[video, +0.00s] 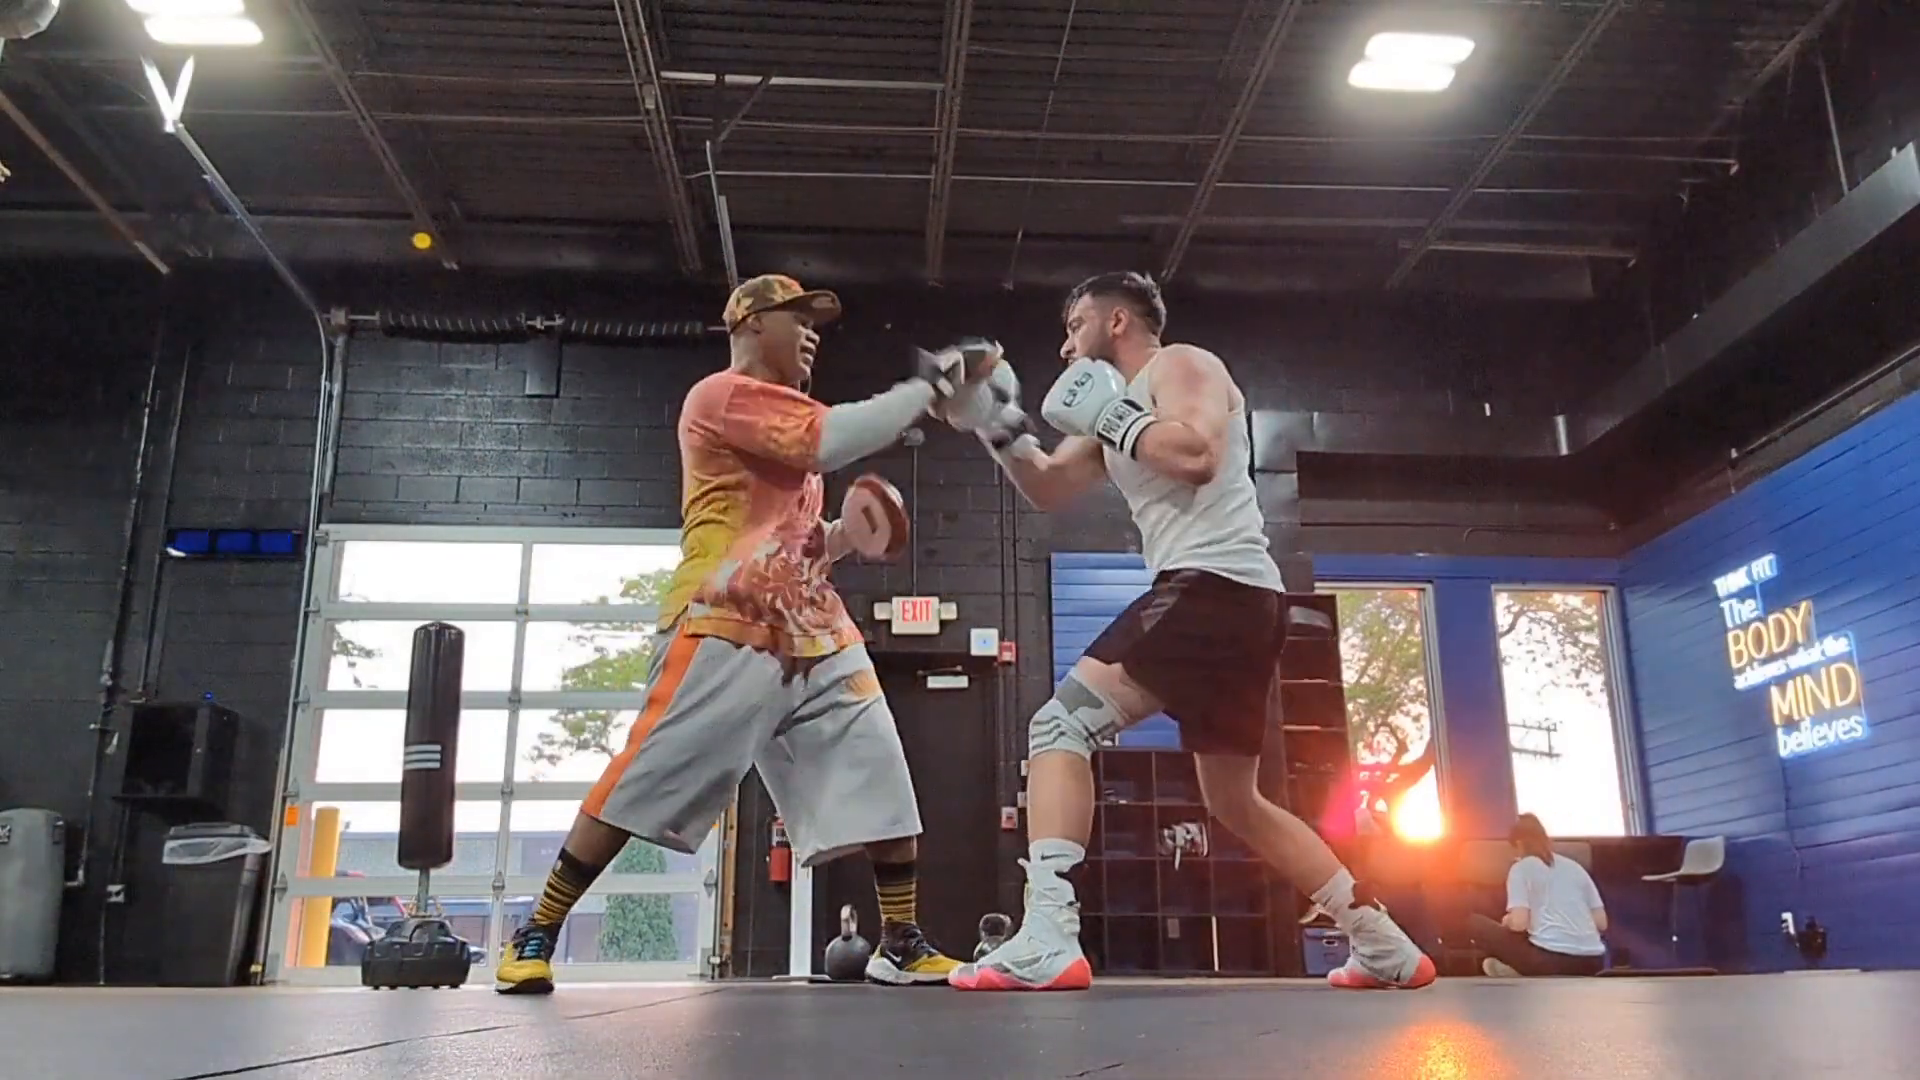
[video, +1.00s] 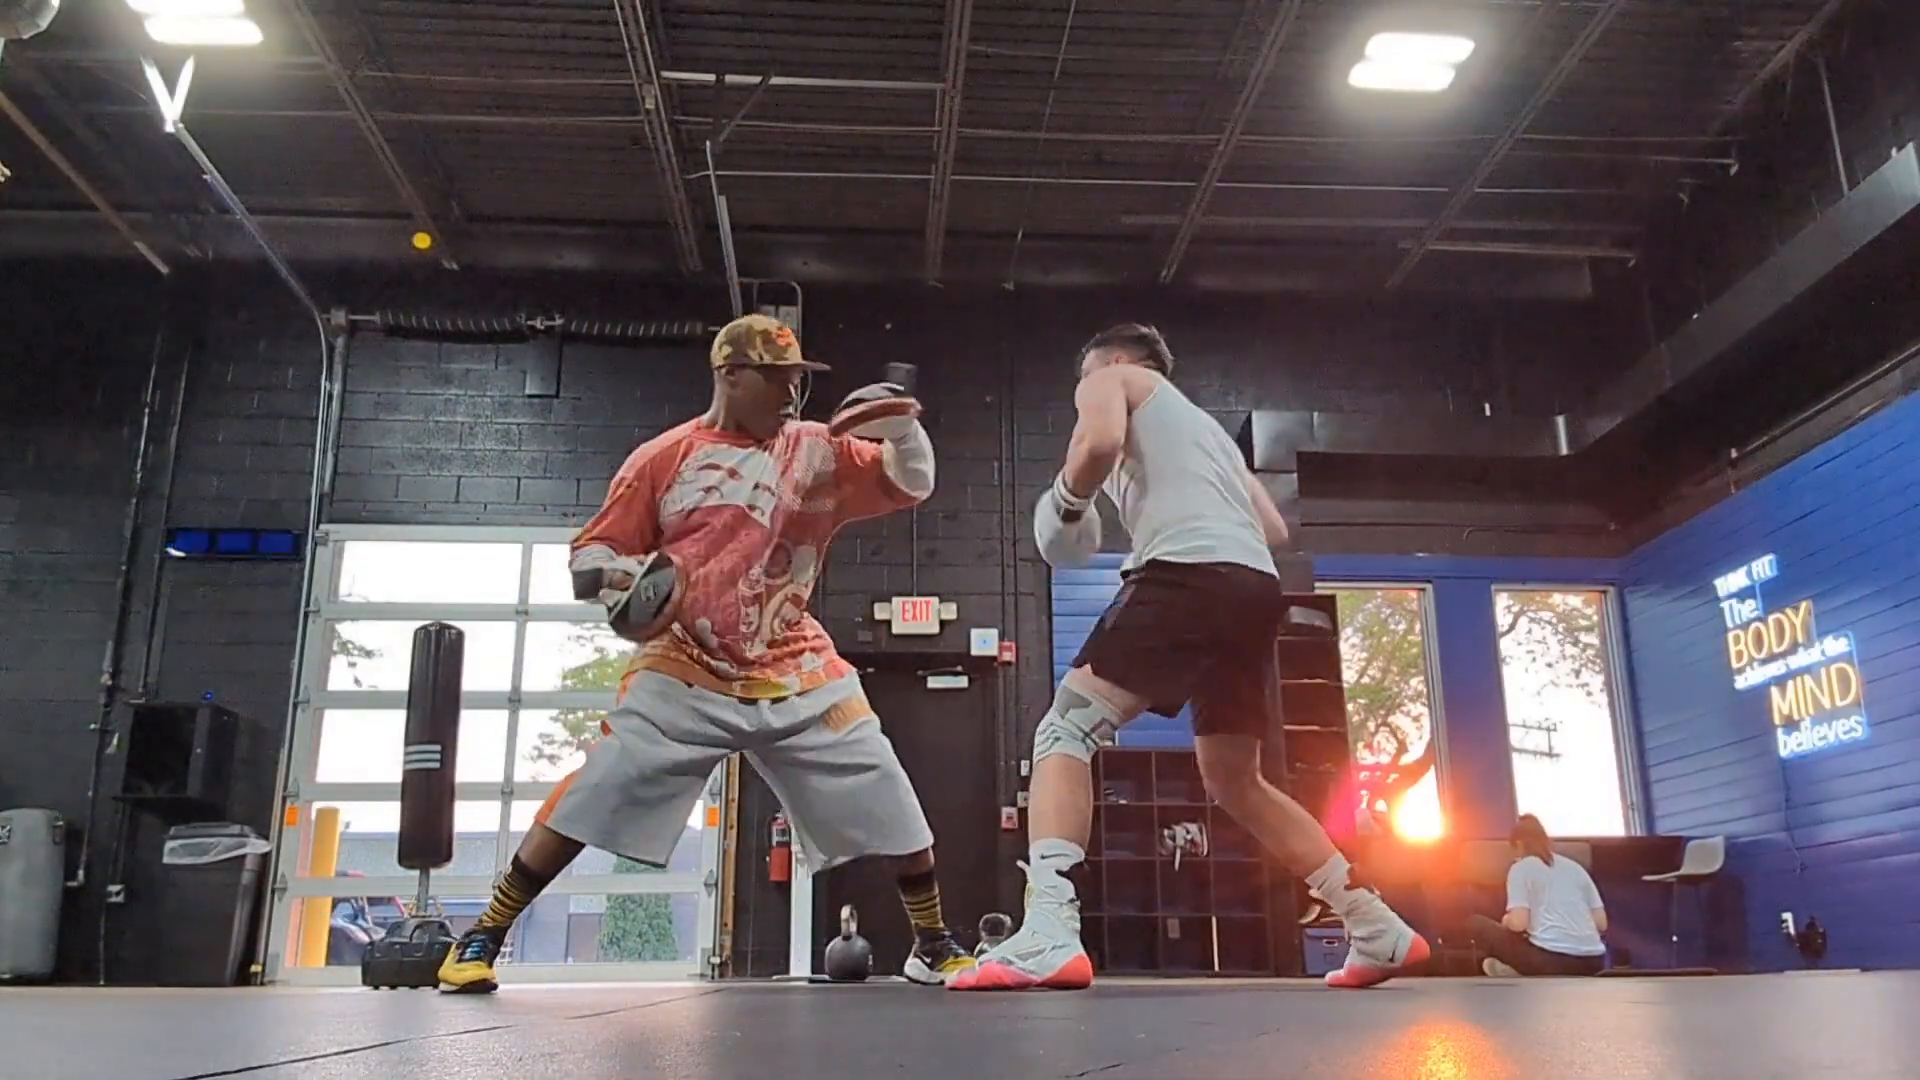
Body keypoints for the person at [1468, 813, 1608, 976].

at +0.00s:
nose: (1514, 853)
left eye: (1514, 848)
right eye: (1513, 848)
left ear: (1519, 844)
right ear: (1544, 840)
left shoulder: (1521, 869)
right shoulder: (1575, 867)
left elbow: (1519, 924)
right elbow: (1601, 923)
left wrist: (1507, 920)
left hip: (1550, 961)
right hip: (1592, 962)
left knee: (1474, 923)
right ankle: (1513, 966)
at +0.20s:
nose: (1515, 854)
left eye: (1514, 849)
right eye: (1513, 849)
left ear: (1520, 844)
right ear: (1544, 841)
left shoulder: (1521, 869)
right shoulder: (1575, 867)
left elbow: (1519, 924)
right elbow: (1601, 922)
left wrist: (1507, 920)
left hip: (1549, 961)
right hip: (1592, 962)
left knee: (1474, 923)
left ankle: (1511, 964)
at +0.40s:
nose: (1515, 854)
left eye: (1514, 849)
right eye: (1513, 849)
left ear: (1520, 844)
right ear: (1544, 841)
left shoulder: (1521, 868)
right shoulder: (1575, 867)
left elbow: (1519, 924)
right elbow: (1601, 922)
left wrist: (1507, 920)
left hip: (1550, 961)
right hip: (1592, 962)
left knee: (1474, 923)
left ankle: (1509, 964)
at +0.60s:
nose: (1514, 855)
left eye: (1513, 849)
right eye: (1513, 849)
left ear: (1519, 844)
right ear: (1544, 841)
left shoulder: (1521, 868)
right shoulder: (1576, 867)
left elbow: (1519, 924)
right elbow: (1601, 923)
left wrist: (1507, 920)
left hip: (1549, 962)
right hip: (1592, 962)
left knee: (1474, 923)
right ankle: (1513, 966)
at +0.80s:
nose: (1514, 855)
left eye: (1514, 849)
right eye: (1513, 849)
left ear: (1519, 844)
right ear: (1544, 841)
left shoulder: (1521, 868)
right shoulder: (1575, 867)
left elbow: (1519, 924)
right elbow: (1601, 923)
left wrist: (1507, 920)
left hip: (1550, 961)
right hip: (1593, 962)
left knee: (1474, 923)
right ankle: (1512, 965)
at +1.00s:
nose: (1514, 854)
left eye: (1513, 849)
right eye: (1512, 849)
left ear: (1520, 844)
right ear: (1544, 841)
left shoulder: (1521, 869)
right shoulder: (1575, 867)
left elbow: (1519, 924)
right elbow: (1601, 923)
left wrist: (1507, 920)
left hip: (1550, 962)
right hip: (1593, 962)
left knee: (1475, 924)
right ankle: (1512, 966)